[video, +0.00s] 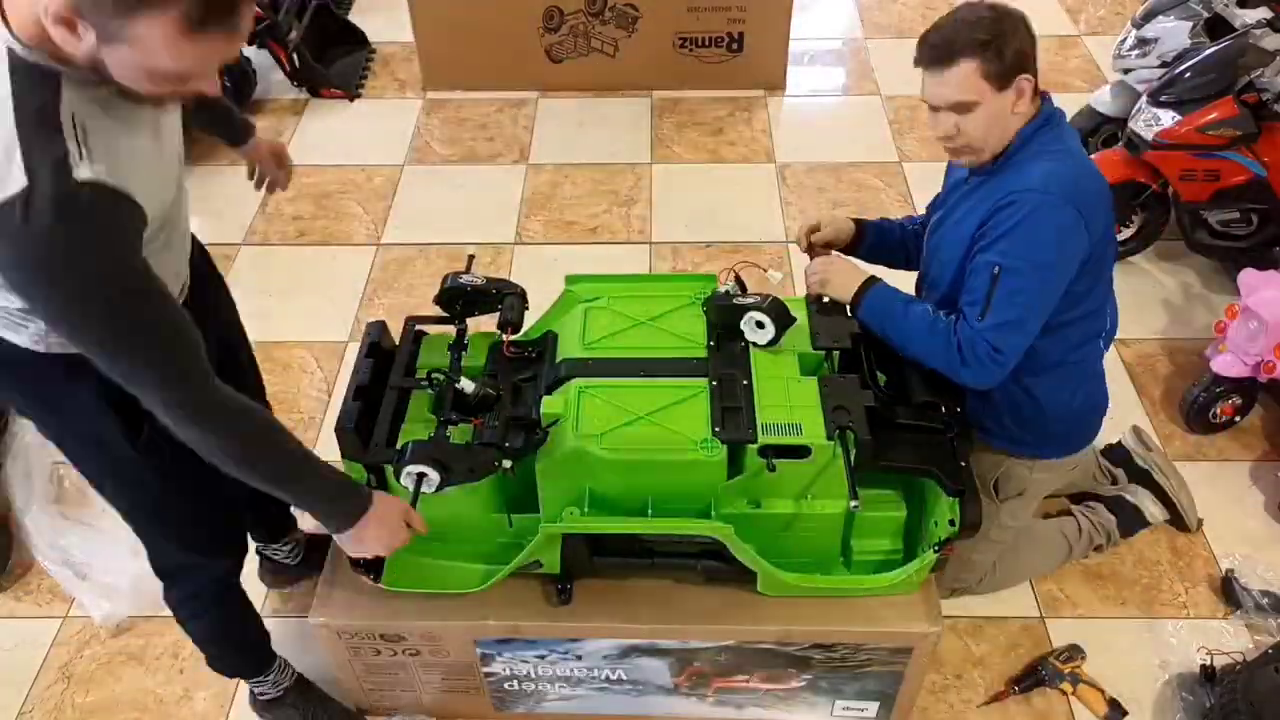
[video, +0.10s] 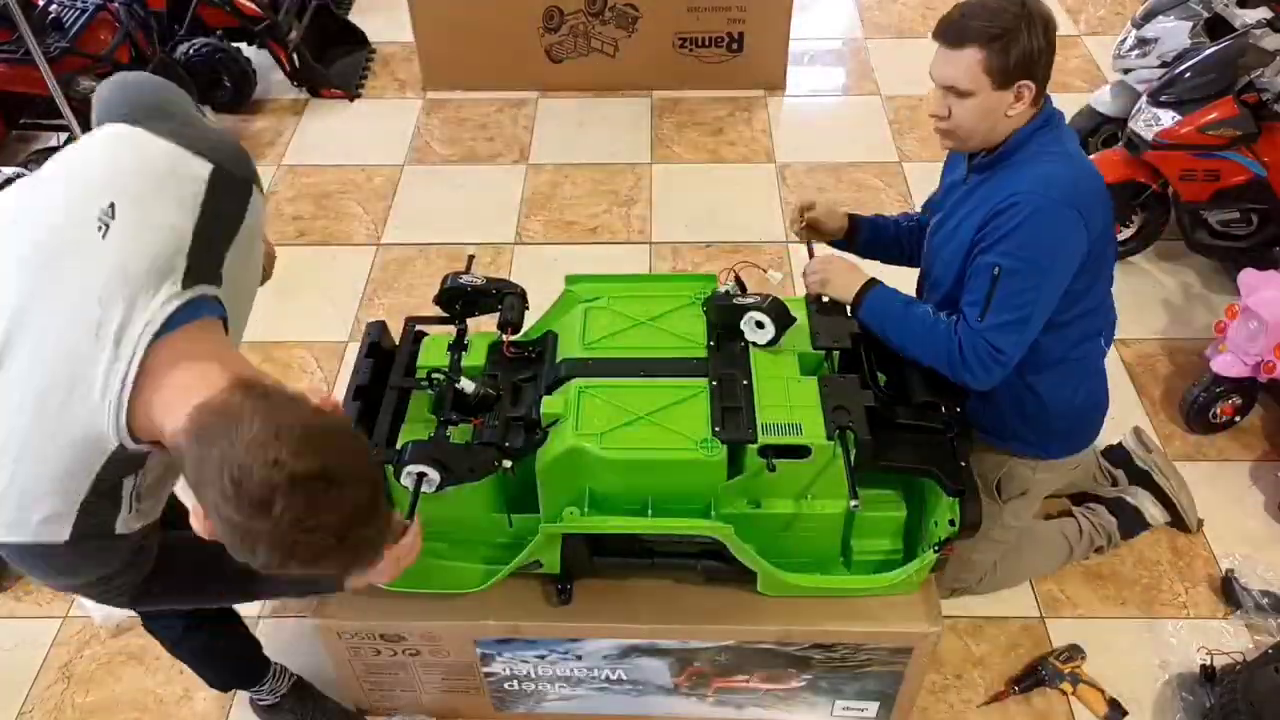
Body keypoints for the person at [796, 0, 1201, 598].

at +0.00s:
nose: (942, 130)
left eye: (961, 109)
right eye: (933, 109)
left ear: (1021, 95)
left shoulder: (1046, 205)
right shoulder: (995, 152)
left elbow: (980, 356)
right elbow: (936, 238)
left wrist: (864, 292)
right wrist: (857, 234)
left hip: (1025, 440)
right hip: (986, 399)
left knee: (950, 567)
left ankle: (1118, 516)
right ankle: (1108, 470)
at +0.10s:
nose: (935, 109)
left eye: (956, 95)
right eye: (936, 89)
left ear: (1020, 99)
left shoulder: (1046, 204)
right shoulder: (987, 144)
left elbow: (980, 358)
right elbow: (930, 236)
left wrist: (863, 292)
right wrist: (848, 230)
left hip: (1025, 437)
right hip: (979, 392)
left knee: (944, 566)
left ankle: (1115, 520)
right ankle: (1106, 471)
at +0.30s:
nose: (971, 204)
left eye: (996, 194)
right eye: (976, 181)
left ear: (1070, 203)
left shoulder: (1126, 322)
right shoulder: (986, 202)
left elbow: (1070, 488)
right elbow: (920, 259)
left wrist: (931, 511)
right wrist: (867, 304)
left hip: (1035, 470)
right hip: (948, 404)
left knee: (968, 604)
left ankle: (1132, 503)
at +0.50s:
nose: (968, 143)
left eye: (984, 130)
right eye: (971, 125)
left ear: (1046, 141)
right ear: (1041, 140)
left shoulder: (1095, 261)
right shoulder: (1014, 180)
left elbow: (967, 392)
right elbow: (941, 254)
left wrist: (821, 327)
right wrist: (857, 234)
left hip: (1040, 465)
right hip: (973, 400)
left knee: (972, 608)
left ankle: (1132, 506)